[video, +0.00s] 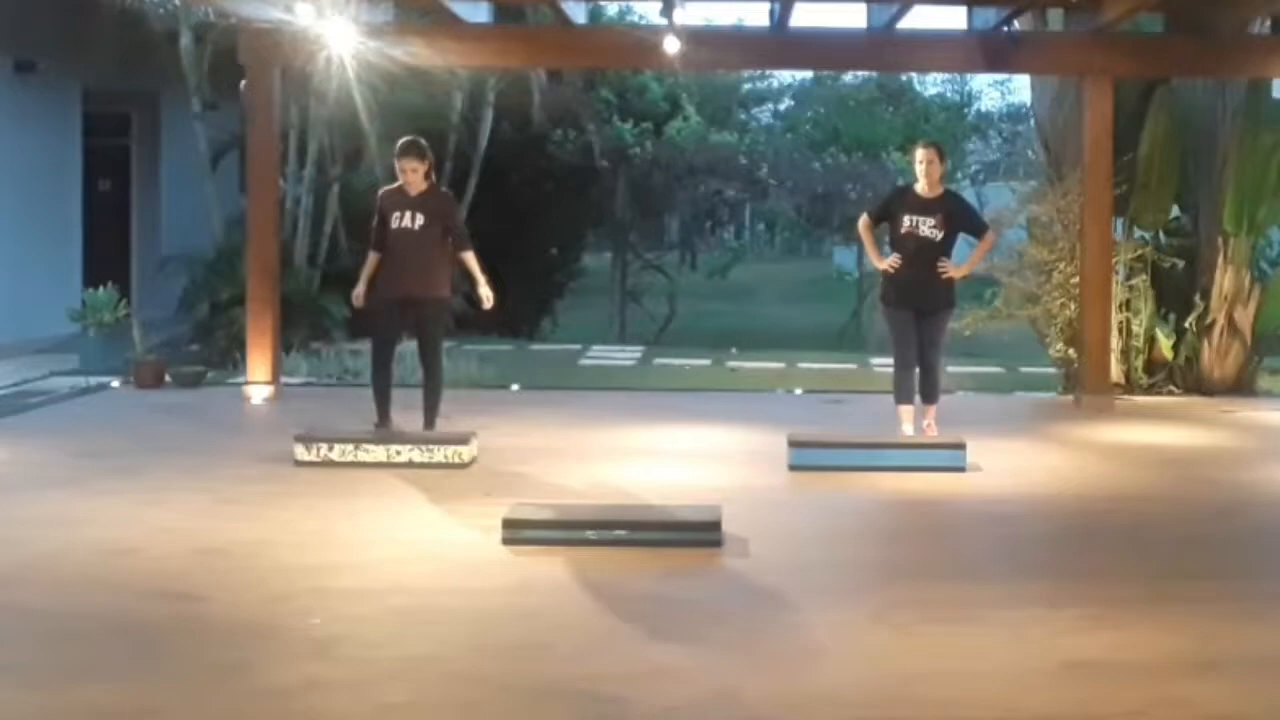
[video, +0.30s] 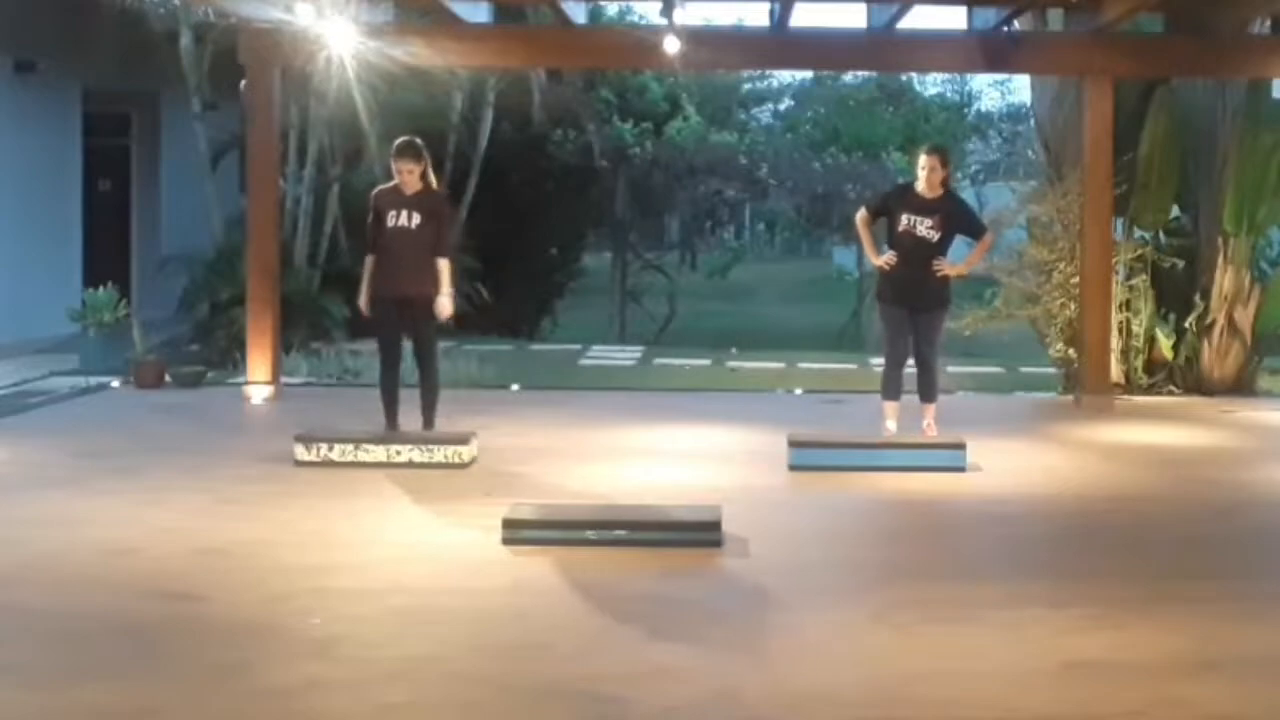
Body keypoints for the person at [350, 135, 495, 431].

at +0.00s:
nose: (407, 177)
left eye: (413, 170)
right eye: (403, 170)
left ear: (427, 168)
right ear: (396, 168)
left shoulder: (443, 201)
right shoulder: (386, 198)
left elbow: (463, 244)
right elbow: (377, 246)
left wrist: (481, 282)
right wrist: (362, 282)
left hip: (431, 295)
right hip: (391, 293)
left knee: (431, 360)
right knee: (380, 356)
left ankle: (429, 423)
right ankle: (383, 420)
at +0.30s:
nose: (404, 177)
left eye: (410, 171)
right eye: (399, 171)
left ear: (422, 168)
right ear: (392, 168)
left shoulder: (437, 201)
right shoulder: (380, 197)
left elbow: (442, 251)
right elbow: (372, 248)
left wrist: (445, 292)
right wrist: (365, 289)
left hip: (422, 294)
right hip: (386, 293)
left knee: (427, 362)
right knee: (389, 362)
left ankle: (428, 424)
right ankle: (390, 424)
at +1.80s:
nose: (395, 158)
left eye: (402, 153)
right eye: (391, 152)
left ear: (415, 159)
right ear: (385, 158)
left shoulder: (430, 198)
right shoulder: (373, 197)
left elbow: (436, 248)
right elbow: (365, 246)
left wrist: (431, 290)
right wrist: (359, 286)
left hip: (413, 293)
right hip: (380, 293)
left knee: (412, 362)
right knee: (386, 362)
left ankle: (407, 424)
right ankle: (390, 423)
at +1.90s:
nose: (395, 159)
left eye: (402, 153)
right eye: (391, 153)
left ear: (415, 159)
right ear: (385, 158)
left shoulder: (429, 198)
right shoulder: (373, 197)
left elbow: (436, 248)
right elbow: (365, 246)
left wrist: (433, 291)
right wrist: (358, 286)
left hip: (414, 293)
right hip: (380, 293)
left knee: (412, 362)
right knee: (385, 362)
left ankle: (407, 424)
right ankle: (390, 423)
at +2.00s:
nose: (394, 159)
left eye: (401, 153)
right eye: (390, 153)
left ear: (414, 159)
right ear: (384, 158)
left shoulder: (429, 198)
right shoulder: (373, 197)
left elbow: (436, 248)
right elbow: (365, 247)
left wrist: (436, 291)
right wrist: (358, 288)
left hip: (414, 294)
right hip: (380, 294)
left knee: (412, 362)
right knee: (385, 362)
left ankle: (407, 424)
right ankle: (390, 423)